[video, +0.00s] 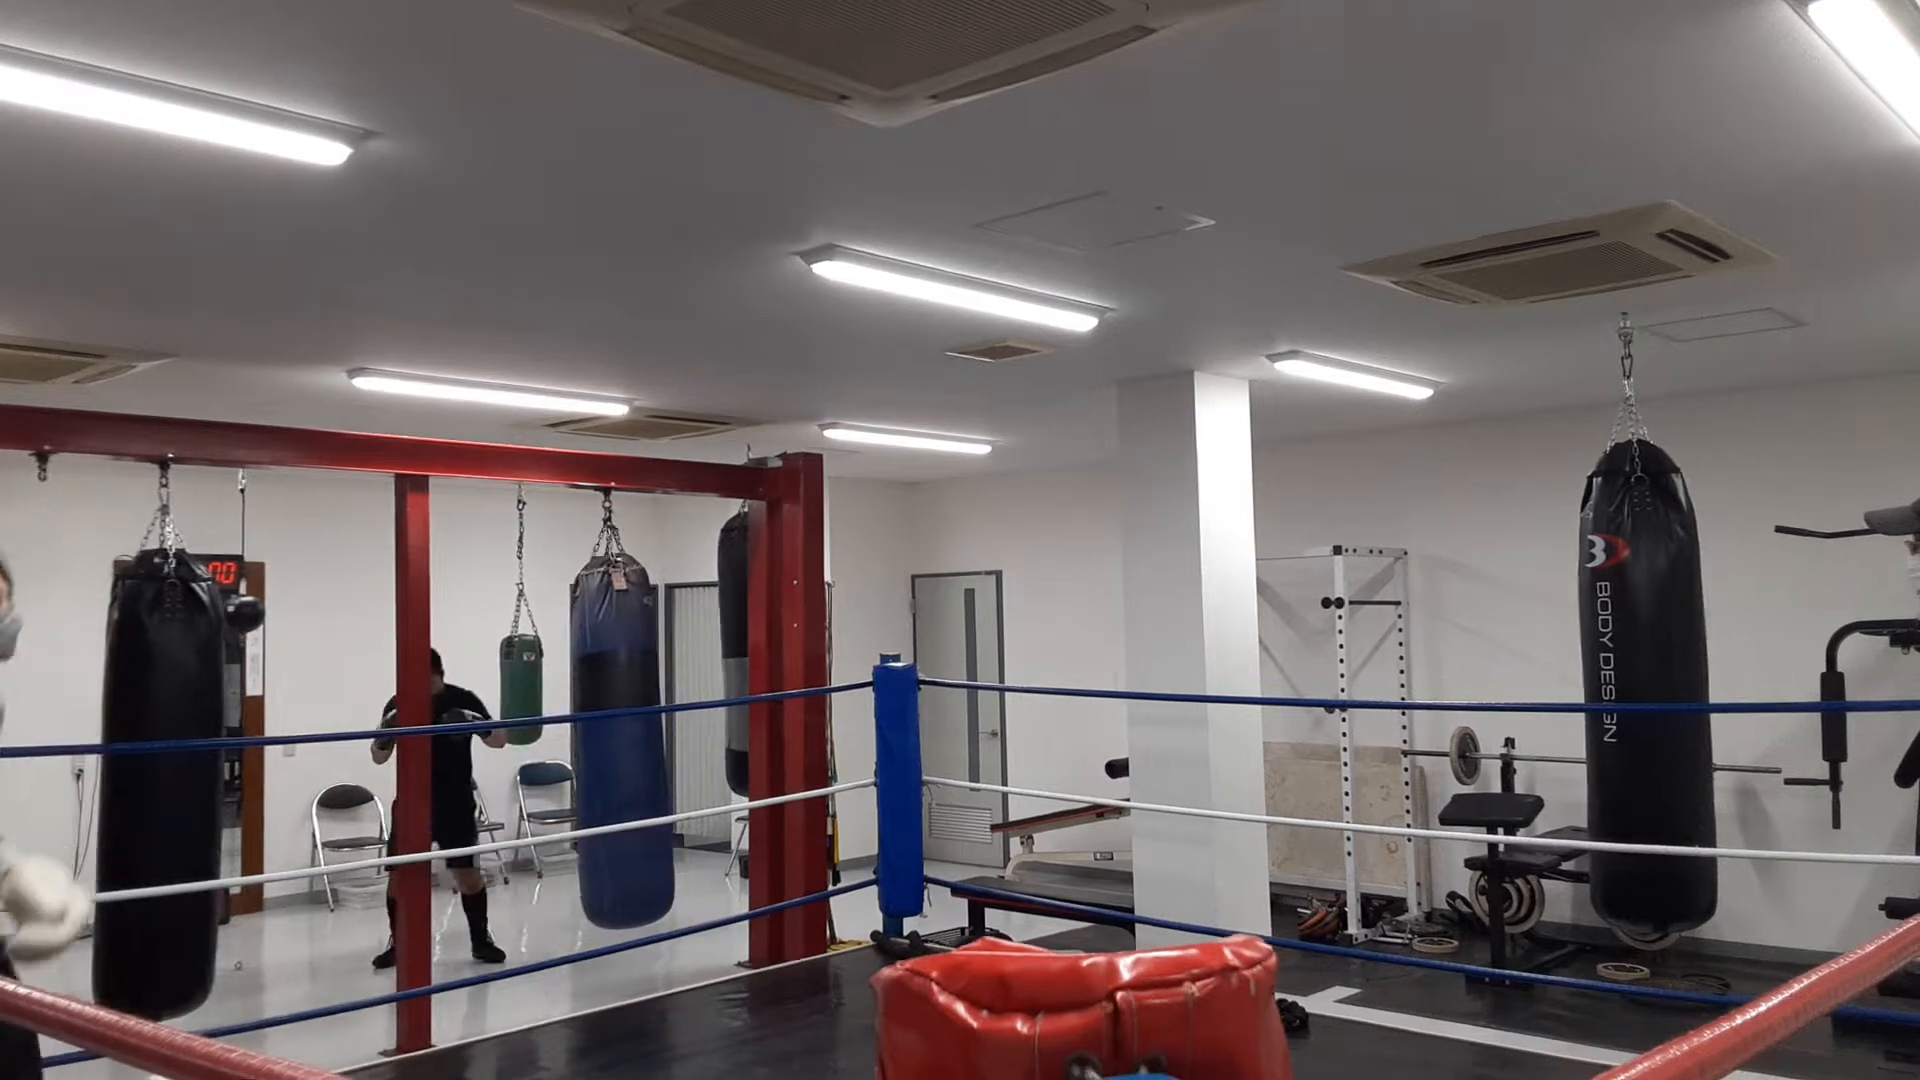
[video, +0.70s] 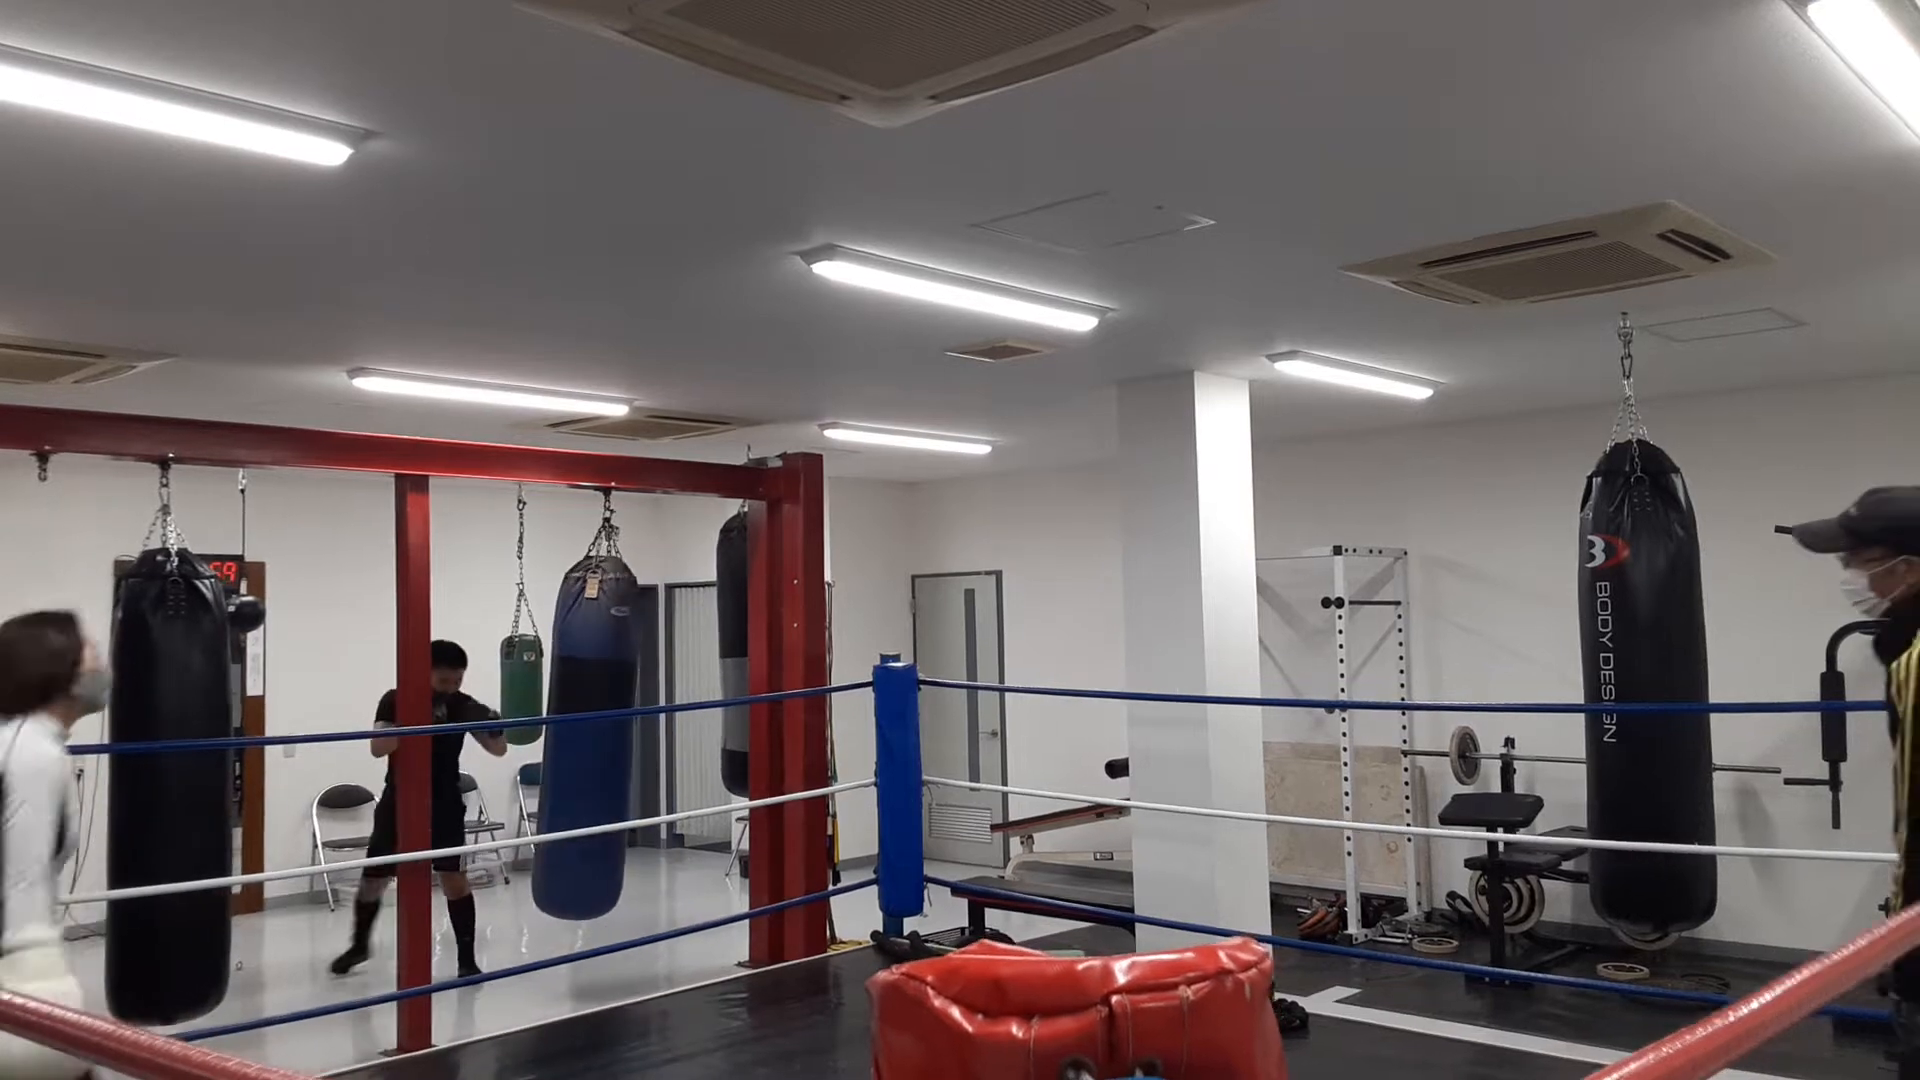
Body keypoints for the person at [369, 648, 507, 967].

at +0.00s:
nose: (425, 684)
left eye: (429, 676)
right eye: (419, 677)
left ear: (439, 673)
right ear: (409, 677)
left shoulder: (463, 699)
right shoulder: (399, 704)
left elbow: (499, 740)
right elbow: (378, 757)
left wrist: (473, 723)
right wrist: (388, 731)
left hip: (455, 799)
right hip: (412, 801)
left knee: (467, 872)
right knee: (399, 873)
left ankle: (481, 941)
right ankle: (399, 943)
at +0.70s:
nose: (452, 685)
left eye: (457, 678)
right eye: (446, 678)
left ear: (462, 675)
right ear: (427, 672)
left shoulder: (463, 705)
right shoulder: (397, 700)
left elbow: (498, 748)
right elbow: (377, 748)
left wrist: (491, 726)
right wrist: (408, 724)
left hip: (443, 801)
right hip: (398, 800)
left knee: (453, 876)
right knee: (374, 875)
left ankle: (467, 961)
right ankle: (360, 946)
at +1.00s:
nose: (406, 683)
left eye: (409, 676)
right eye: (399, 677)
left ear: (413, 679)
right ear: (382, 678)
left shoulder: (419, 710)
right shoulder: (355, 714)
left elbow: (465, 745)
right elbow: (354, 759)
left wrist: (451, 731)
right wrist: (388, 729)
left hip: (412, 817)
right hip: (365, 819)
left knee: (437, 885)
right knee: (337, 892)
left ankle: (463, 961)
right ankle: (312, 965)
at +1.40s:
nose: (452, 687)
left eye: (455, 682)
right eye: (447, 681)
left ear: (456, 681)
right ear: (427, 678)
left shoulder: (455, 717)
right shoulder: (391, 714)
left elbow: (502, 741)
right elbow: (392, 751)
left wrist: (499, 709)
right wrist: (434, 712)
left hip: (436, 819)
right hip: (391, 820)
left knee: (475, 884)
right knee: (356, 894)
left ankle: (498, 957)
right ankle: (326, 959)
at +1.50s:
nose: (469, 689)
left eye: (473, 682)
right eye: (463, 681)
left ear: (476, 681)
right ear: (442, 679)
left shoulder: (478, 712)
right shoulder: (420, 710)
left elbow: (521, 743)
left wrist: (504, 714)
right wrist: (432, 712)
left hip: (465, 812)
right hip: (421, 814)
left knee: (500, 882)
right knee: (396, 886)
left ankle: (511, 950)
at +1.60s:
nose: (485, 689)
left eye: (490, 681)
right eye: (477, 682)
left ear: (496, 680)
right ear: (461, 683)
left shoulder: (508, 714)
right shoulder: (444, 715)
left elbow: (556, 743)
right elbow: (433, 752)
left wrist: (532, 723)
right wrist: (454, 721)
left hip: (493, 815)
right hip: (451, 818)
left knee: (532, 881)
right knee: (422, 889)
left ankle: (560, 946)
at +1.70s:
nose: (509, 686)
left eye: (515, 678)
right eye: (501, 680)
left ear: (523, 678)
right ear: (488, 681)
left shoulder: (540, 709)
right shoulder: (474, 713)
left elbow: (583, 726)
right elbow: (450, 755)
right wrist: (473, 733)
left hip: (531, 810)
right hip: (487, 811)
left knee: (556, 881)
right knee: (461, 880)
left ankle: (580, 948)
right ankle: (459, 953)